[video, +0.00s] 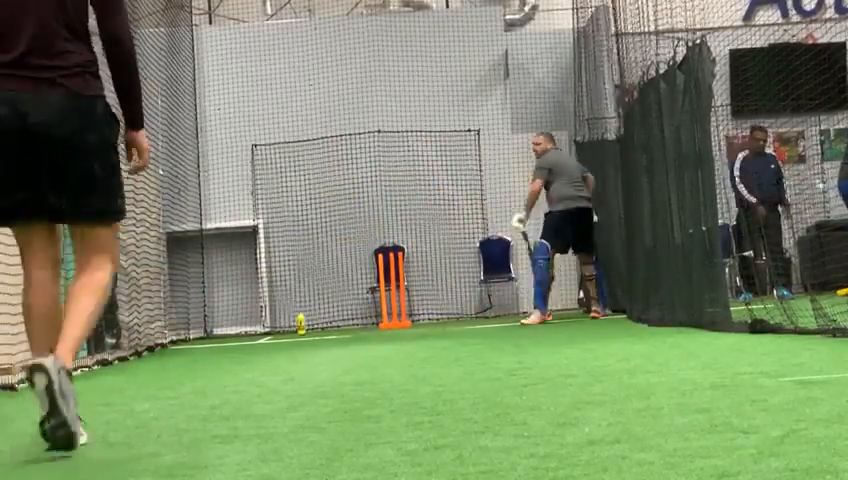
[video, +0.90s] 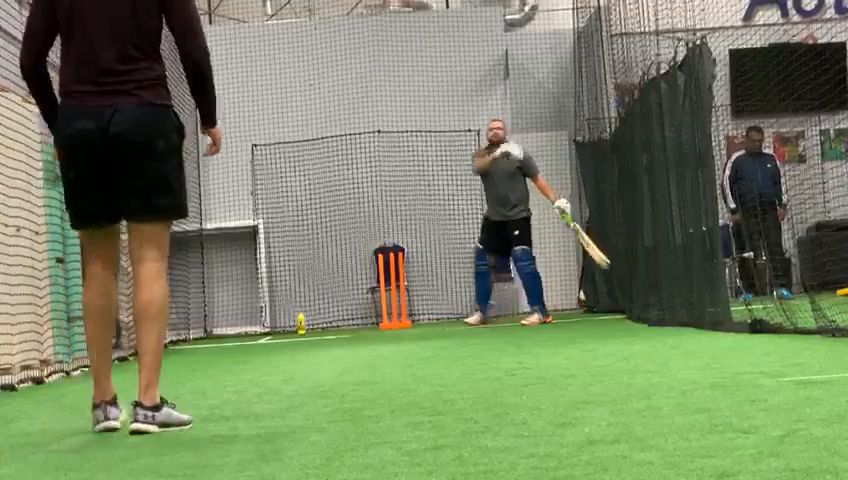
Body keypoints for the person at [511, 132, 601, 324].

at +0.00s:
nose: (533, 148)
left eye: (537, 144)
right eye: (533, 145)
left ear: (549, 144)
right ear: (552, 146)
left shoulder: (544, 160)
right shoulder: (570, 158)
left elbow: (536, 188)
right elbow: (589, 178)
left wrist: (525, 213)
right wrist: (585, 203)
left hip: (560, 213)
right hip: (583, 212)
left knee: (543, 257)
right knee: (587, 260)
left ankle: (540, 310)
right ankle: (596, 307)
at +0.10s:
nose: (528, 144)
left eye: (532, 140)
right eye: (527, 141)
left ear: (543, 141)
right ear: (544, 142)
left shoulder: (540, 158)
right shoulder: (560, 156)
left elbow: (540, 181)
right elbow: (573, 181)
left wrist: (524, 205)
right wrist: (578, 198)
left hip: (552, 217)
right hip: (574, 215)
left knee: (541, 262)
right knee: (580, 261)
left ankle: (541, 311)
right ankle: (594, 306)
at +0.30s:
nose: (517, 140)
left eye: (521, 137)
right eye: (514, 137)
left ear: (529, 139)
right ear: (511, 140)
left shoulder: (538, 156)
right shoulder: (516, 161)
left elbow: (558, 176)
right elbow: (527, 187)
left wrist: (546, 199)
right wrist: (528, 213)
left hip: (552, 211)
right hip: (537, 213)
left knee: (540, 258)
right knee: (555, 260)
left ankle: (541, 312)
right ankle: (583, 300)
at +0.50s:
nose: (511, 137)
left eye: (515, 133)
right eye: (507, 134)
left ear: (523, 135)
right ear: (504, 137)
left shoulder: (539, 155)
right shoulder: (502, 165)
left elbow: (557, 177)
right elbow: (502, 194)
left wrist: (553, 197)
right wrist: (496, 212)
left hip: (542, 213)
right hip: (522, 216)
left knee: (539, 258)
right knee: (526, 257)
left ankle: (540, 309)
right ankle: (560, 297)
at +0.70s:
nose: (509, 142)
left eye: (511, 138)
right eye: (505, 139)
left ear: (515, 136)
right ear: (499, 138)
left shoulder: (531, 154)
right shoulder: (495, 156)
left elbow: (550, 176)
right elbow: (486, 162)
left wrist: (559, 193)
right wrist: (492, 150)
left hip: (530, 216)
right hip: (508, 217)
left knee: (529, 261)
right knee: (509, 263)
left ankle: (538, 310)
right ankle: (521, 304)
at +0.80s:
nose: (498, 133)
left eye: (501, 129)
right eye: (495, 130)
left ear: (512, 133)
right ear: (492, 135)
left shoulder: (526, 154)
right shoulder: (490, 155)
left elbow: (543, 177)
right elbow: (483, 160)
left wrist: (558, 196)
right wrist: (496, 144)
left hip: (524, 217)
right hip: (500, 217)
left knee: (527, 261)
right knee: (497, 263)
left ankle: (539, 311)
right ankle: (500, 308)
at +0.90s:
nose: (495, 133)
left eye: (499, 129)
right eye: (492, 130)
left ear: (506, 133)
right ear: (486, 134)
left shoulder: (519, 154)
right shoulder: (482, 155)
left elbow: (537, 180)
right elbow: (478, 167)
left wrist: (555, 201)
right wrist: (496, 154)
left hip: (518, 217)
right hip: (493, 217)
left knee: (523, 260)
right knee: (482, 260)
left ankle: (539, 311)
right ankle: (481, 312)